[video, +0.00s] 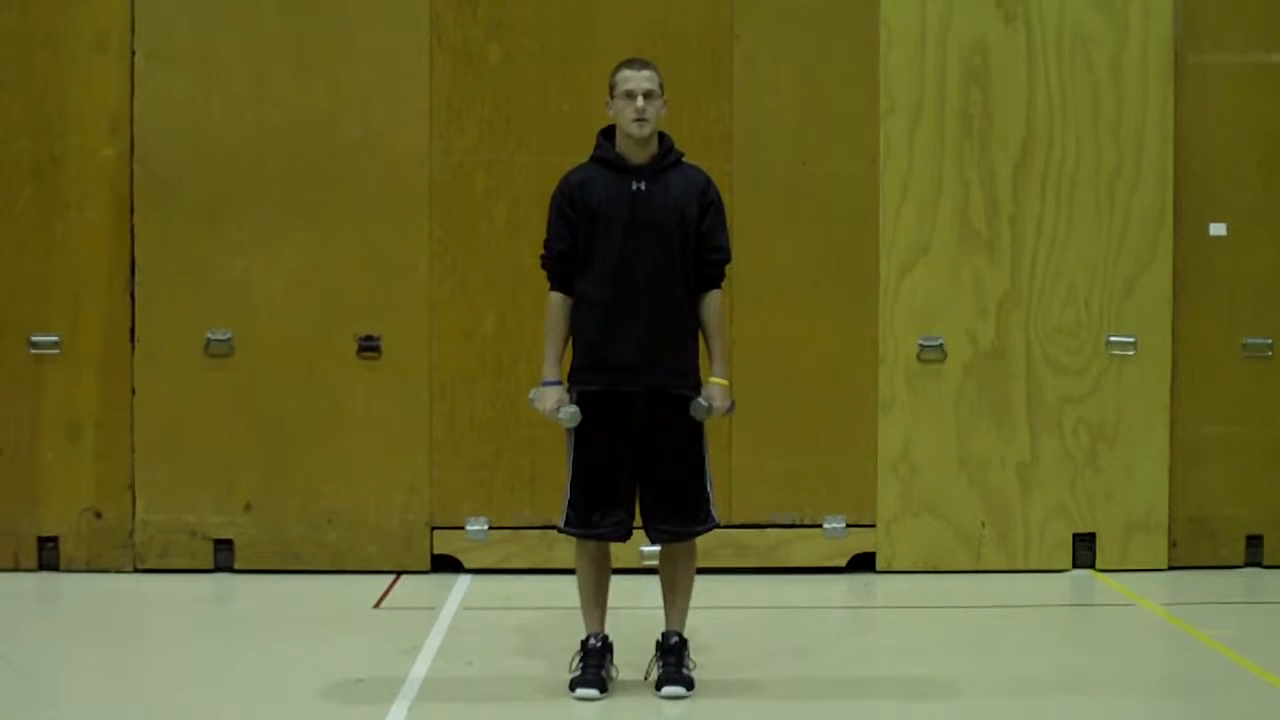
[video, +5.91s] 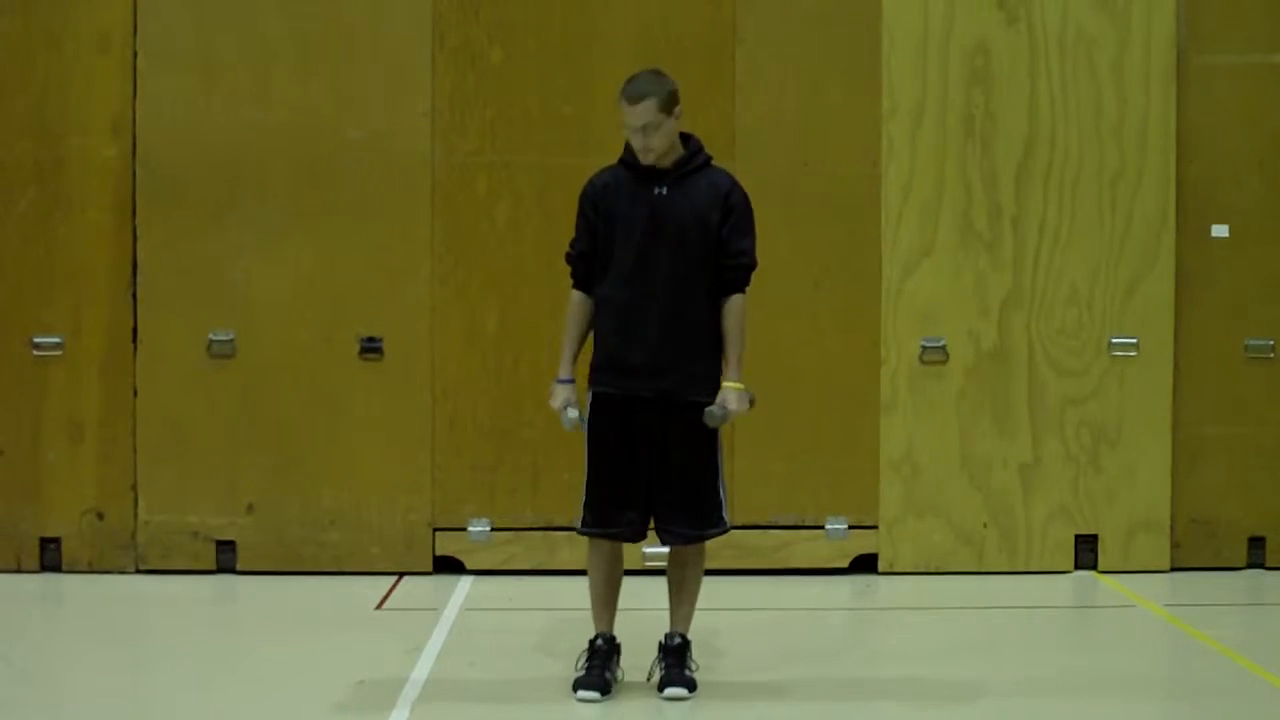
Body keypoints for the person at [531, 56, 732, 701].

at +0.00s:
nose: (640, 106)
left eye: (650, 96)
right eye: (629, 96)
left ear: (665, 106)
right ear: (610, 107)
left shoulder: (695, 187)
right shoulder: (578, 186)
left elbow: (710, 287)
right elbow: (560, 288)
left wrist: (719, 372)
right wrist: (551, 376)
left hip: (672, 383)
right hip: (597, 383)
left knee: (678, 523)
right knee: (593, 521)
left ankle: (673, 647)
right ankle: (594, 647)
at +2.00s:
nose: (639, 105)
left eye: (649, 96)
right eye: (628, 95)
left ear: (663, 108)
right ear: (608, 107)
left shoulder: (693, 188)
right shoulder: (577, 188)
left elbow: (709, 289)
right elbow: (560, 292)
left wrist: (717, 375)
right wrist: (551, 381)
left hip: (672, 384)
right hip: (597, 384)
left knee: (677, 523)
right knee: (592, 521)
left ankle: (673, 648)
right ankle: (593, 647)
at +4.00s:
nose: (644, 108)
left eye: (655, 99)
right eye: (634, 98)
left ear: (669, 109)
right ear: (613, 107)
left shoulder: (696, 188)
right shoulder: (580, 188)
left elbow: (711, 289)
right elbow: (563, 291)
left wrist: (719, 373)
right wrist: (556, 379)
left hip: (674, 384)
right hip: (599, 384)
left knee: (679, 523)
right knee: (594, 522)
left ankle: (673, 647)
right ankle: (594, 647)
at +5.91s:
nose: (639, 142)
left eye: (648, 130)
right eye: (631, 130)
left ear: (676, 117)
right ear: (622, 123)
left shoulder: (722, 193)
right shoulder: (604, 190)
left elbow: (734, 291)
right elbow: (584, 285)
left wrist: (733, 378)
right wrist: (565, 370)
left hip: (691, 389)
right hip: (616, 385)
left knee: (687, 526)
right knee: (606, 522)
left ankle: (676, 649)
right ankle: (601, 646)